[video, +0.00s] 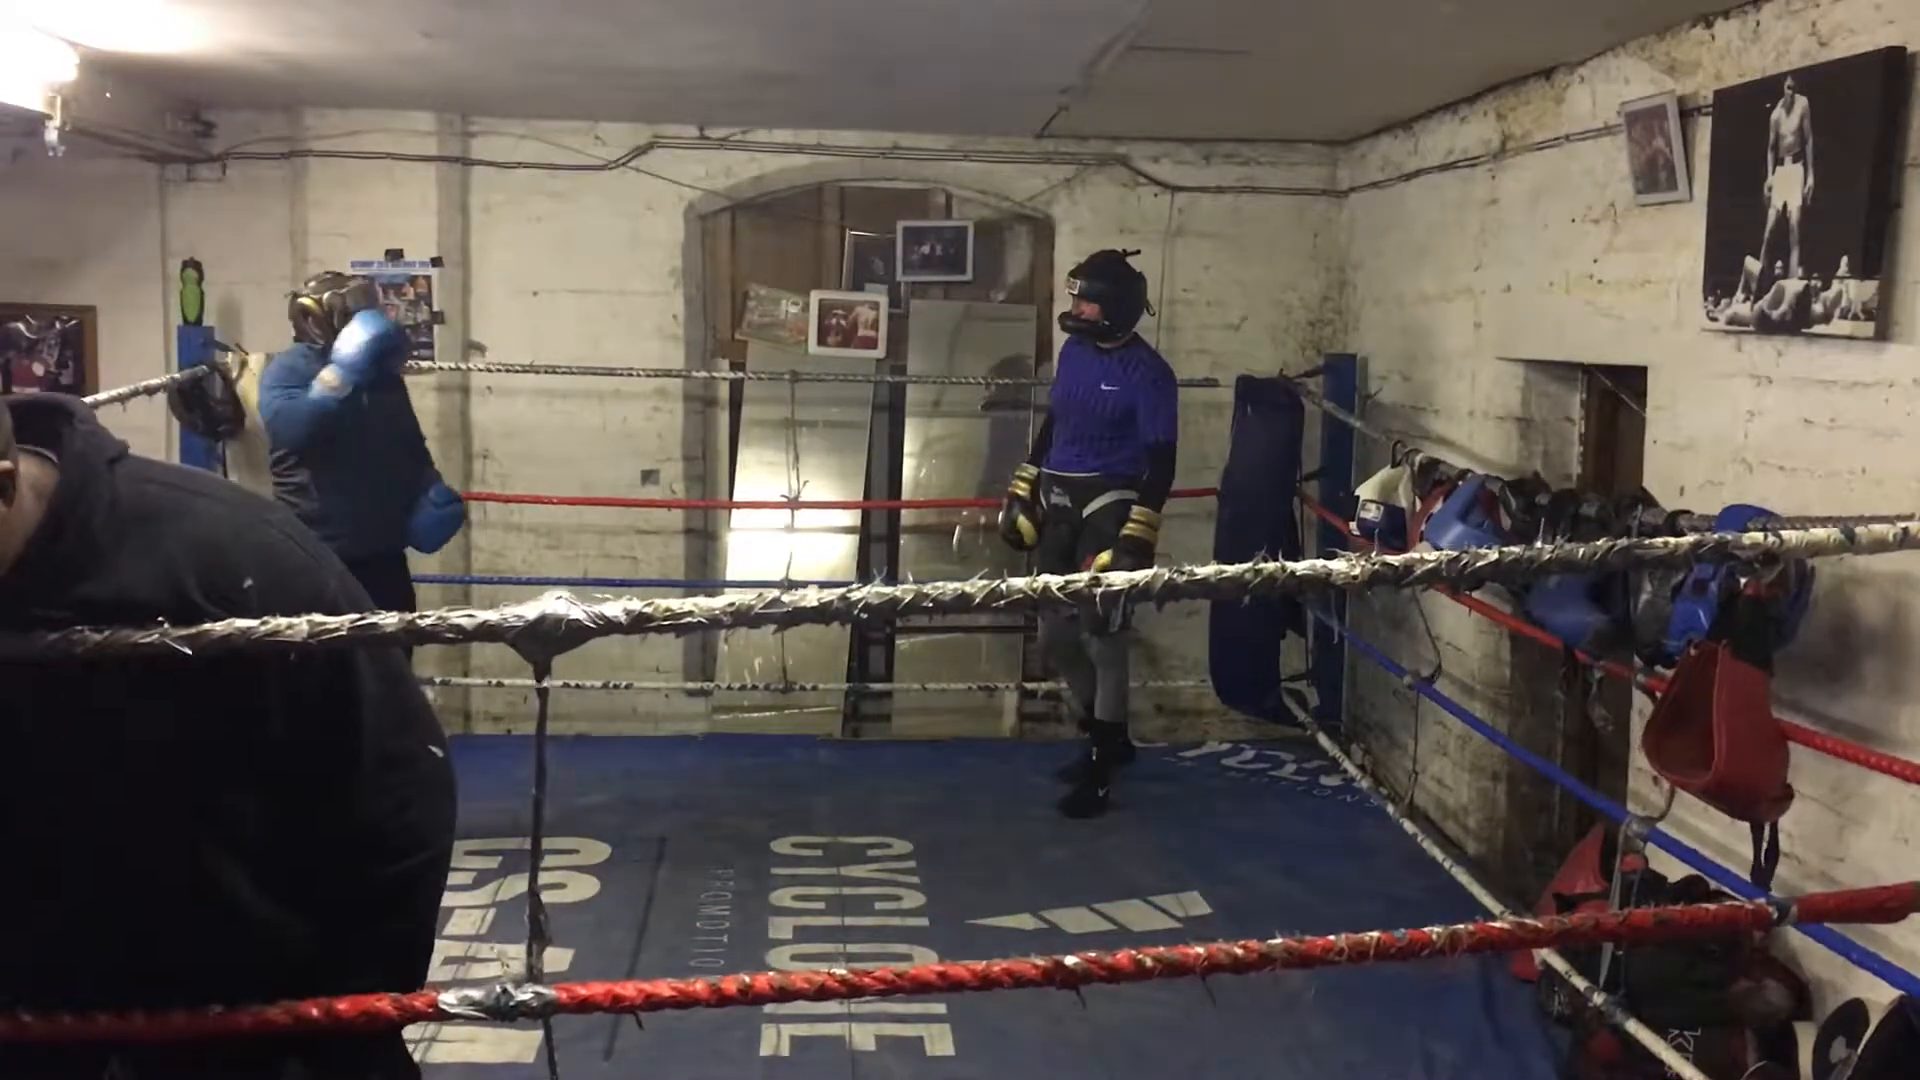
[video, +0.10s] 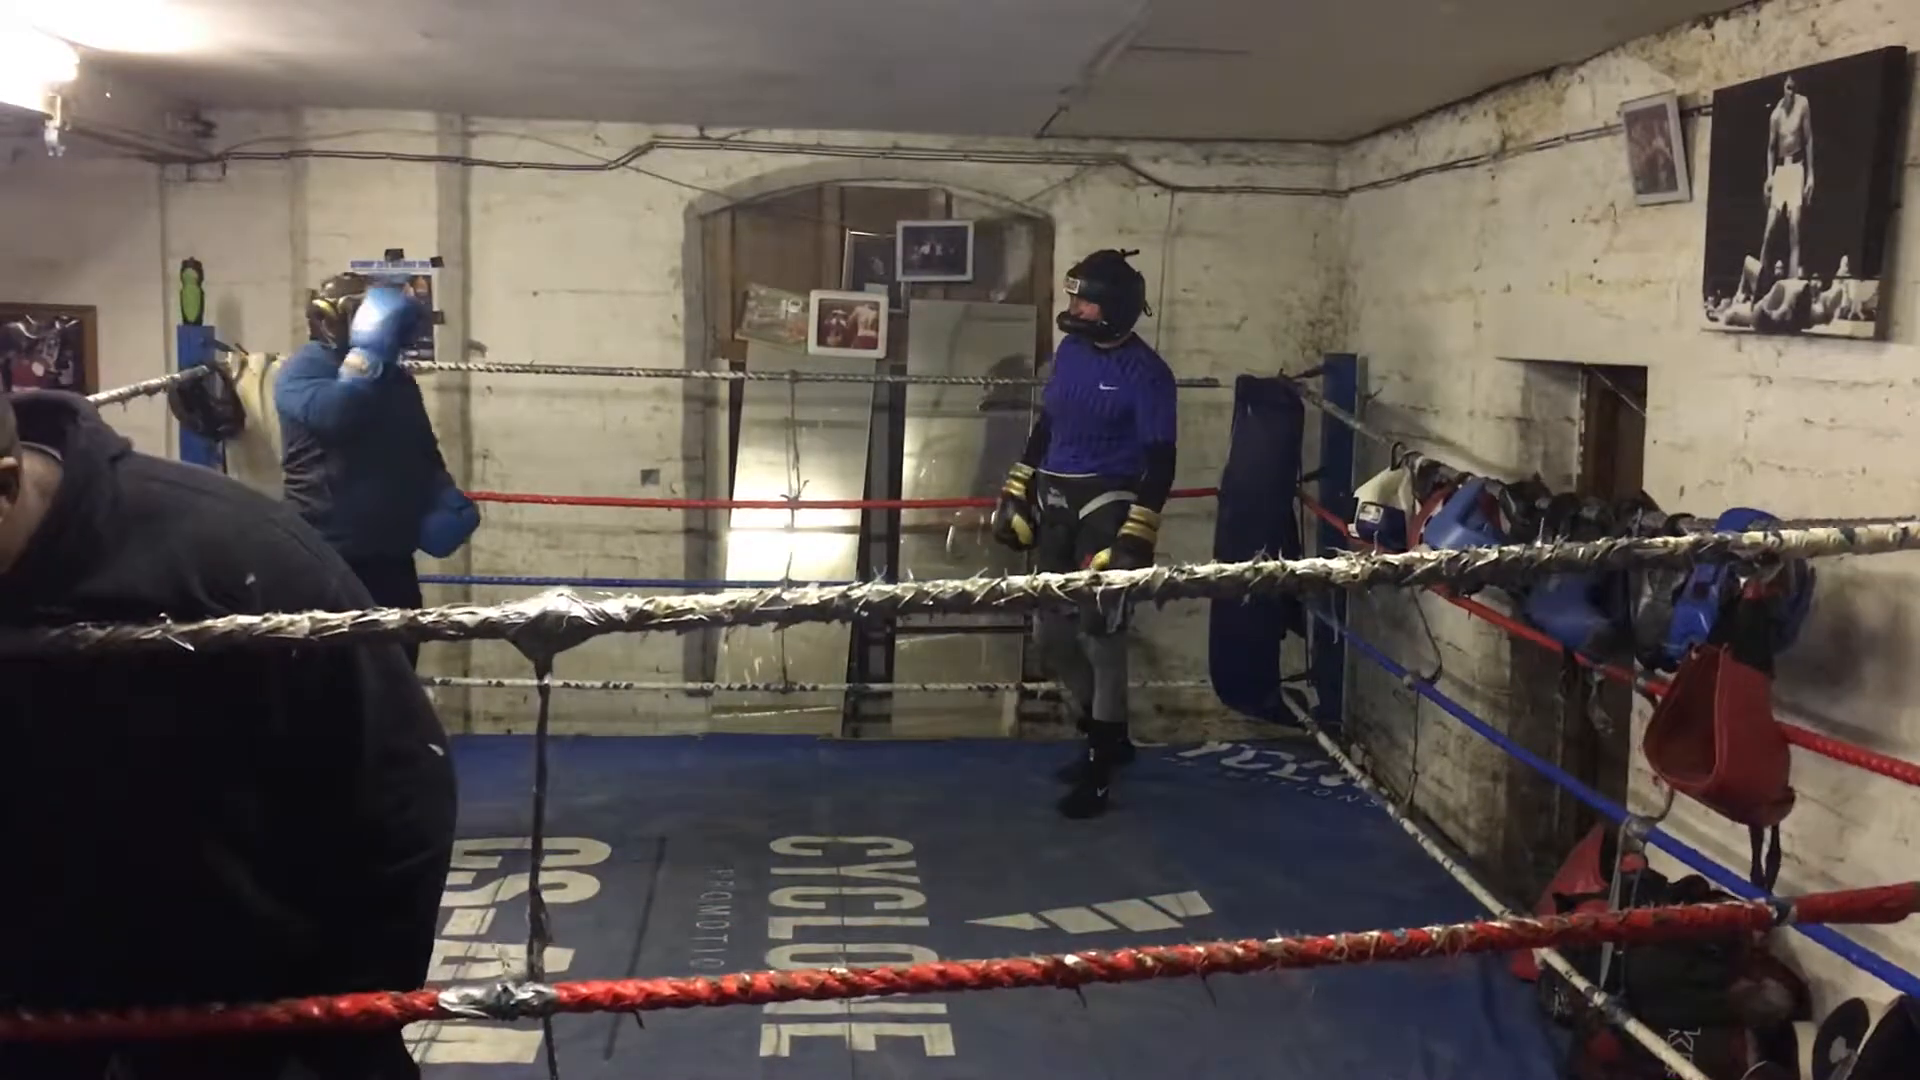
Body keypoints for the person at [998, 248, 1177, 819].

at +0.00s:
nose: (1076, 306)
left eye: (1088, 299)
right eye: (1076, 297)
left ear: (1118, 308)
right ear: (1081, 302)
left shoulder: (1149, 373)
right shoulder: (1073, 352)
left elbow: (1162, 463)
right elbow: (1054, 419)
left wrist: (1139, 537)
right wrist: (1024, 486)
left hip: (1112, 511)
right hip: (1058, 505)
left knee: (1105, 638)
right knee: (1058, 638)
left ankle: (1102, 769)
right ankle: (1102, 740)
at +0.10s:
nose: (1075, 306)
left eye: (1087, 299)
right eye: (1074, 297)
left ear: (1117, 308)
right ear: (1077, 301)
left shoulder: (1147, 373)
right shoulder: (1069, 353)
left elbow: (1161, 462)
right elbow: (1046, 423)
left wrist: (1137, 539)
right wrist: (1017, 491)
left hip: (1109, 511)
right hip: (1055, 506)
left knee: (1103, 637)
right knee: (1054, 638)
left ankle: (1100, 768)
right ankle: (1104, 738)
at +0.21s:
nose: (1068, 305)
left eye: (1080, 298)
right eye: (1067, 296)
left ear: (1111, 307)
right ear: (1071, 301)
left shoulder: (1142, 373)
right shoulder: (1062, 354)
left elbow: (1158, 460)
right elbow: (1042, 423)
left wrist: (1139, 536)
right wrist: (1010, 490)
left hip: (1106, 510)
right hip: (1050, 505)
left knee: (1096, 635)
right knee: (1033, 632)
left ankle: (1096, 774)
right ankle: (1101, 717)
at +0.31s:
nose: (1061, 304)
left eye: (1072, 296)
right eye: (1060, 295)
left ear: (1103, 306)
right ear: (1067, 300)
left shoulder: (1138, 370)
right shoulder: (1060, 354)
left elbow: (1152, 457)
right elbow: (1040, 428)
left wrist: (1141, 531)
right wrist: (1007, 493)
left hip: (1104, 508)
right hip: (1047, 502)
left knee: (1094, 635)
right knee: (1014, 628)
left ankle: (1095, 777)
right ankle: (1081, 678)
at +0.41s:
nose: (1053, 305)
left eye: (1064, 296)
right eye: (1052, 296)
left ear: (1095, 304)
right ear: (1061, 301)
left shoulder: (1132, 368)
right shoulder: (1058, 354)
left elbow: (1147, 454)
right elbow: (1038, 430)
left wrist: (1140, 524)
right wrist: (1004, 492)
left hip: (1102, 505)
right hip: (1045, 498)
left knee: (1090, 631)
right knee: (999, 618)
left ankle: (1096, 776)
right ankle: (1069, 693)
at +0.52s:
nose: (1043, 307)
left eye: (1054, 297)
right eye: (1042, 296)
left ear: (1083, 302)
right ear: (1048, 301)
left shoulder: (1125, 367)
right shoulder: (1048, 353)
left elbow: (1141, 454)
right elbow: (1032, 429)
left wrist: (1133, 525)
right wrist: (1000, 495)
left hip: (1096, 505)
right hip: (1038, 500)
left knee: (1093, 630)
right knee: (994, 621)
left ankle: (1096, 771)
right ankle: (1034, 729)